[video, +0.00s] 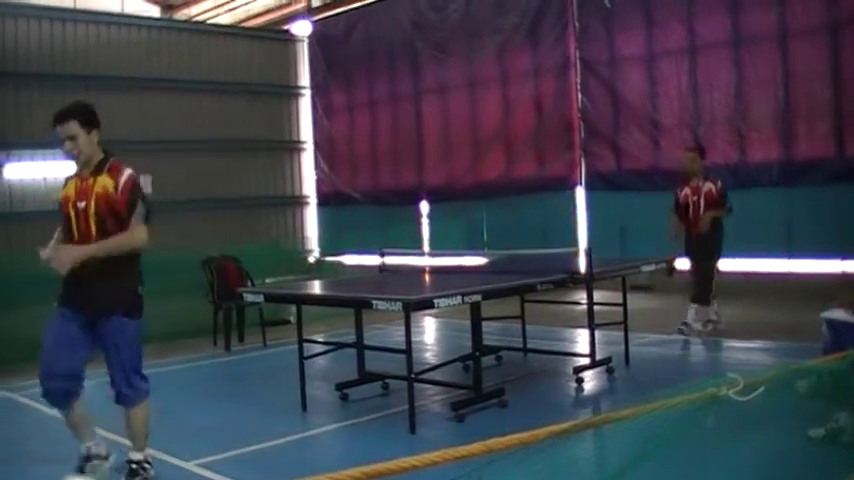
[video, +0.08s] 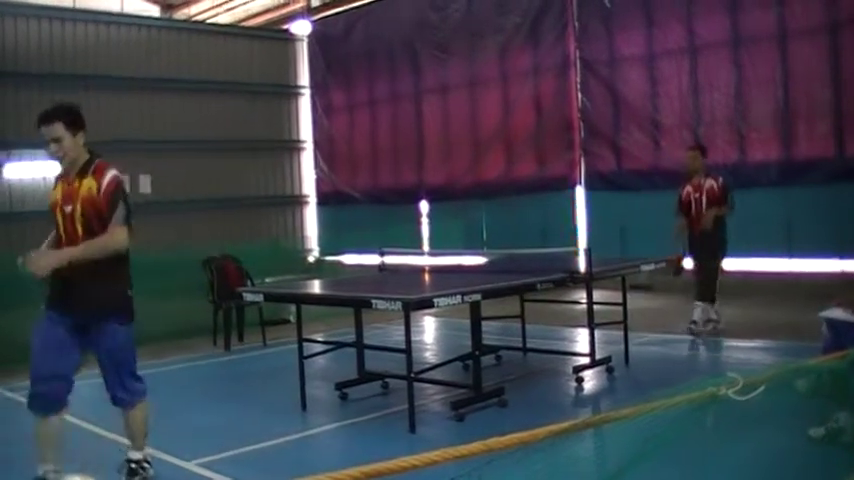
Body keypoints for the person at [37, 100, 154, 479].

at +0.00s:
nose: (68, 148)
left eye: (73, 138)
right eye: (63, 142)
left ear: (95, 134)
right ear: (63, 144)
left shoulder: (123, 178)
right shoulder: (71, 186)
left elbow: (140, 235)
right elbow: (67, 228)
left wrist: (81, 253)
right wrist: (53, 247)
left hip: (119, 300)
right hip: (77, 299)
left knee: (129, 384)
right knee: (56, 380)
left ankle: (139, 460)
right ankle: (93, 449)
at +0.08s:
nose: (53, 150)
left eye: (58, 141)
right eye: (48, 143)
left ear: (80, 136)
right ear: (48, 145)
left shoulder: (108, 179)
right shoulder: (60, 186)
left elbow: (120, 238)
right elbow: (63, 231)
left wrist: (59, 257)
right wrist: (42, 253)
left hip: (108, 305)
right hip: (64, 304)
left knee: (126, 387)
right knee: (46, 390)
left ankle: (138, 461)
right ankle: (50, 472)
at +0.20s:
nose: (22, 156)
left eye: (27, 146)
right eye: (18, 148)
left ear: (50, 142)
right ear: (22, 149)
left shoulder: (79, 185)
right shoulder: (32, 190)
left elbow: (89, 247)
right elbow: (36, 246)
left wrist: (26, 276)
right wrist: (12, 277)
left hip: (87, 313)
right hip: (42, 314)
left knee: (114, 392)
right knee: (23, 402)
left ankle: (135, 457)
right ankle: (9, 474)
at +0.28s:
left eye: (4, 148)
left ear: (26, 144)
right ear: (13, 147)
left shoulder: (55, 189)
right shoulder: (9, 195)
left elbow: (72, 252)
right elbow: (18, 259)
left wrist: (15, 294)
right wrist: (5, 294)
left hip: (67, 317)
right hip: (21, 321)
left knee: (100, 397)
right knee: (7, 415)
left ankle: (132, 451)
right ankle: (7, 474)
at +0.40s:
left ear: (5, 155)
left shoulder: (22, 185)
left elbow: (47, 251)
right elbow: (45, 250)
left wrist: (13, 312)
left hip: (34, 321)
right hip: (2, 323)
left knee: (48, 410)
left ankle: (102, 442)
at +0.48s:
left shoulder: (11, 187)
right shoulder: (10, 189)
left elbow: (32, 249)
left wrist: (14, 319)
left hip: (14, 328)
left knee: (12, 411)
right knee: (11, 411)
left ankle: (66, 452)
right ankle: (65, 453)